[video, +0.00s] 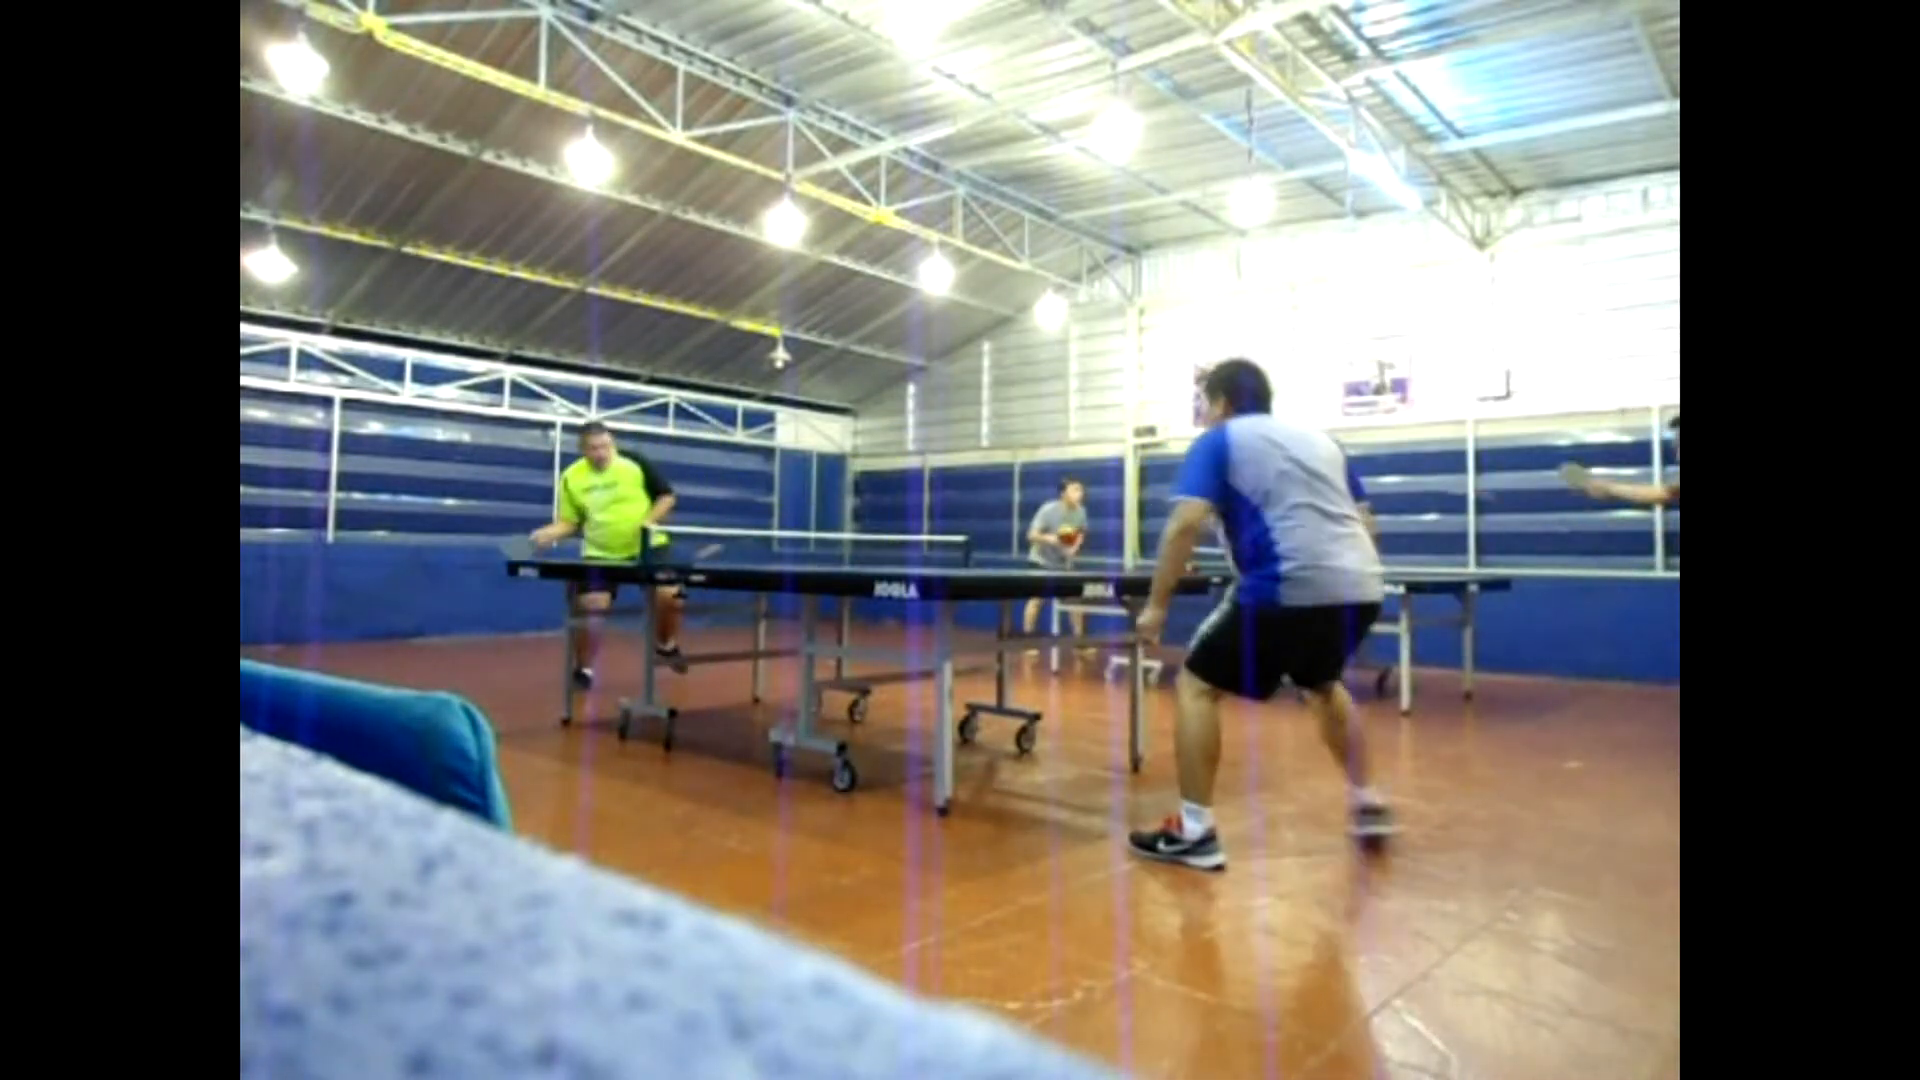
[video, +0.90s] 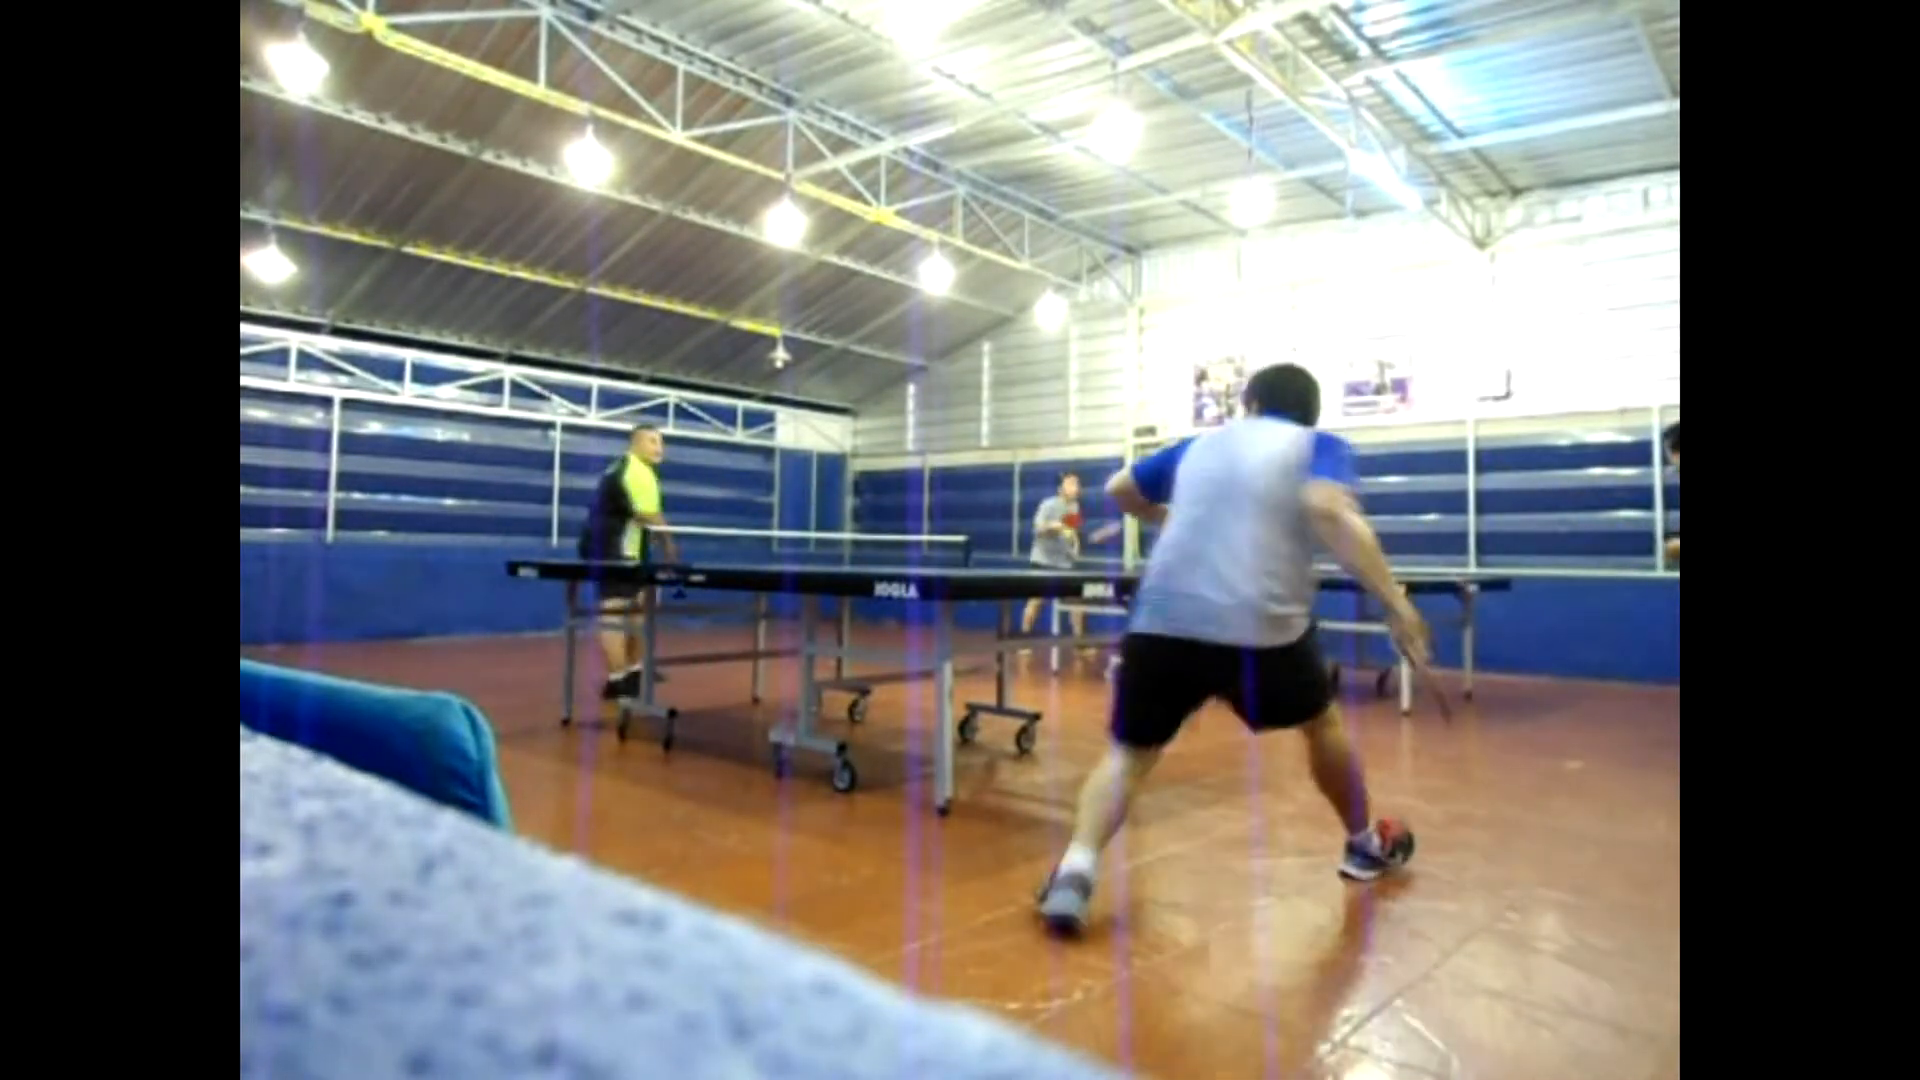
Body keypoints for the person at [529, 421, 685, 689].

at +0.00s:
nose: (600, 454)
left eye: (603, 447)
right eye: (593, 448)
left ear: (612, 444)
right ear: (583, 449)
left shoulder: (635, 464)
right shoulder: (572, 478)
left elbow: (666, 496)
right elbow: (569, 520)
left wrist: (649, 521)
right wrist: (549, 534)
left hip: (644, 546)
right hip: (600, 552)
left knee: (669, 594)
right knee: (593, 605)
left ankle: (667, 644)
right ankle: (585, 667)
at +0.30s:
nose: (613, 462)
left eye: (617, 455)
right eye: (606, 457)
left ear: (627, 449)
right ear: (599, 456)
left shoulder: (653, 472)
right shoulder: (589, 482)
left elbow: (681, 494)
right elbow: (586, 518)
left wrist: (677, 525)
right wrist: (592, 530)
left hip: (658, 549)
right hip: (615, 553)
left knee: (668, 600)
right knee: (599, 610)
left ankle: (674, 669)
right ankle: (588, 669)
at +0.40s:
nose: (629, 426)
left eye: (633, 420)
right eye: (622, 420)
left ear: (639, 425)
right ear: (610, 426)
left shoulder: (656, 454)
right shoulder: (602, 459)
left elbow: (673, 489)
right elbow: (615, 500)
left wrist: (679, 520)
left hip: (662, 536)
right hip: (623, 538)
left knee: (670, 602)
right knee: (619, 603)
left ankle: (676, 668)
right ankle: (597, 665)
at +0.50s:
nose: (645, 415)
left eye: (645, 410)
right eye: (637, 409)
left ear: (647, 417)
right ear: (621, 416)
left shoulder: (648, 443)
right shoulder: (621, 438)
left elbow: (654, 489)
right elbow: (655, 454)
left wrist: (670, 514)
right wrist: (677, 457)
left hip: (654, 527)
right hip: (625, 528)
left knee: (670, 591)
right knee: (633, 595)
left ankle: (686, 656)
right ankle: (614, 666)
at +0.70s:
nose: (658, 440)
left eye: (657, 435)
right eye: (654, 435)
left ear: (630, 439)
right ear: (644, 437)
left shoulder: (609, 469)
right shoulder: (651, 462)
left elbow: (604, 515)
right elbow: (681, 477)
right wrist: (658, 453)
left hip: (608, 551)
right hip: (636, 551)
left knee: (642, 605)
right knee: (658, 601)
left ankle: (633, 664)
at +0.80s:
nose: (659, 450)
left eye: (659, 443)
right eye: (655, 443)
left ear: (634, 445)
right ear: (641, 444)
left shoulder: (611, 472)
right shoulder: (650, 471)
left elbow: (603, 512)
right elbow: (672, 509)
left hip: (602, 551)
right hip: (632, 553)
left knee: (638, 608)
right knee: (644, 607)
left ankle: (634, 668)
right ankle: (618, 674)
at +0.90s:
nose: (658, 447)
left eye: (659, 442)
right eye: (652, 441)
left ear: (659, 446)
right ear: (636, 444)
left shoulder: (625, 468)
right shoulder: (636, 471)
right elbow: (647, 512)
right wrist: (667, 542)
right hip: (617, 552)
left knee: (635, 608)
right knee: (615, 610)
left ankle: (633, 668)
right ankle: (618, 673)